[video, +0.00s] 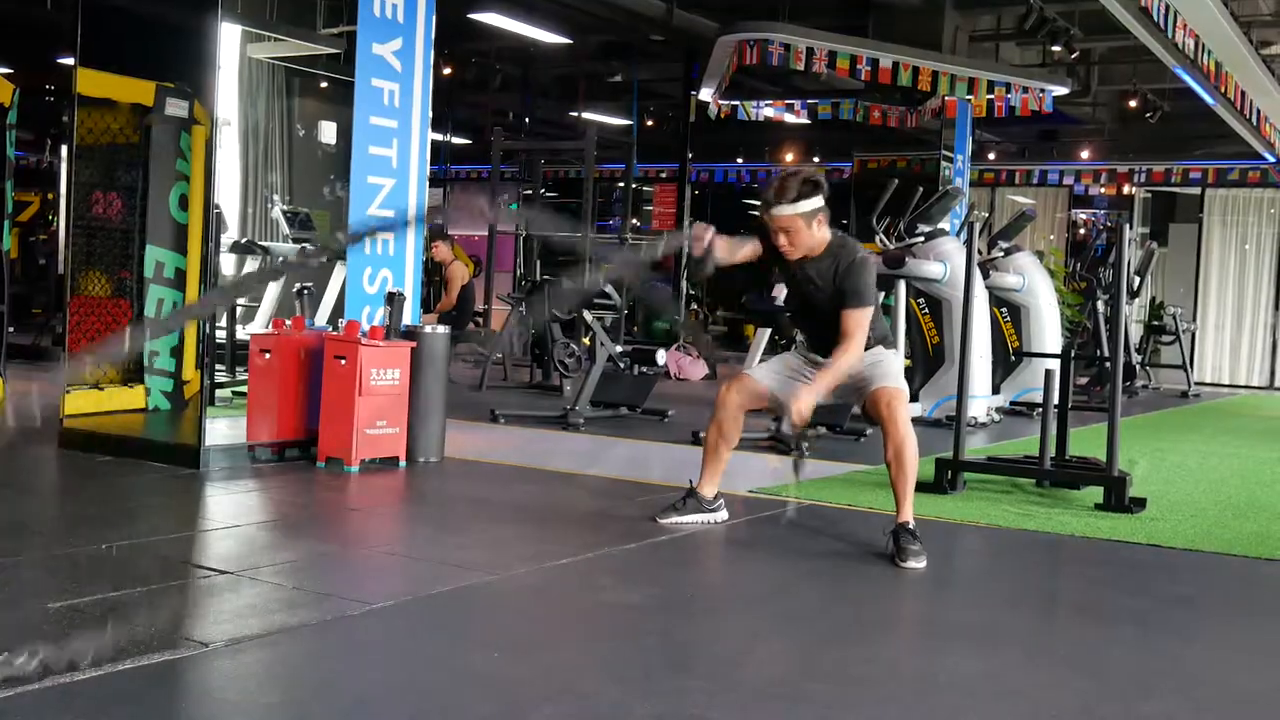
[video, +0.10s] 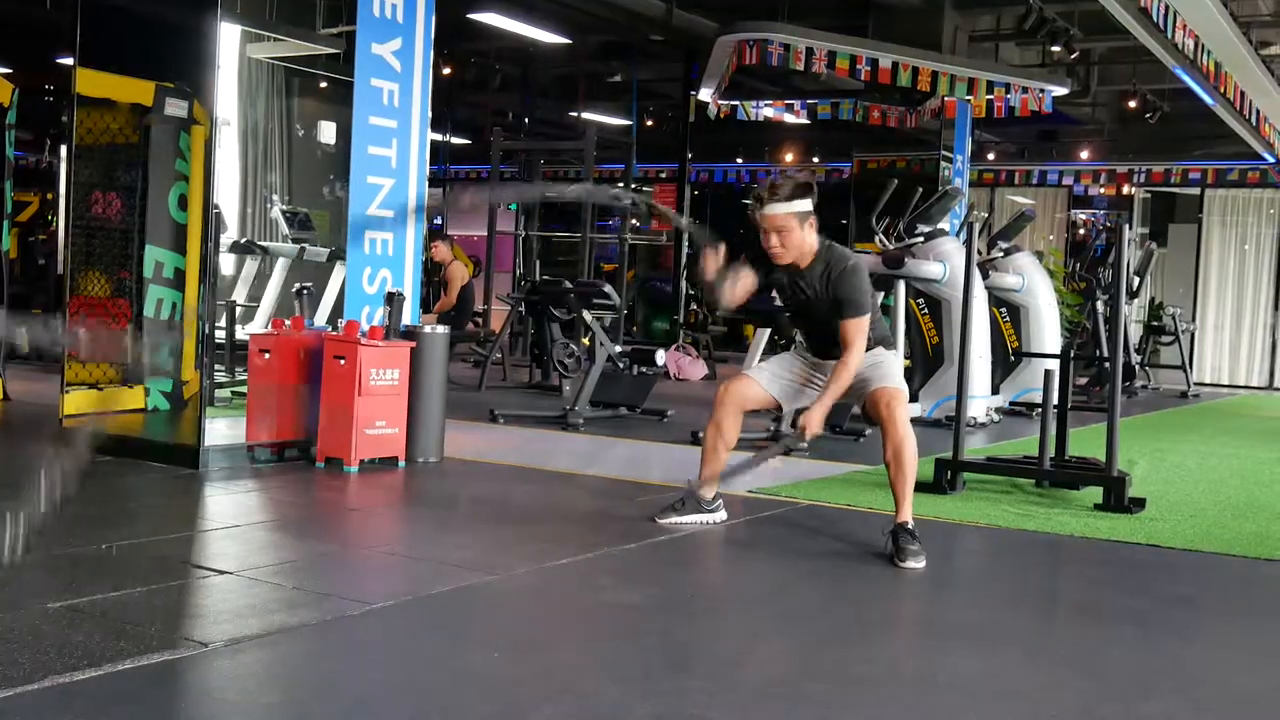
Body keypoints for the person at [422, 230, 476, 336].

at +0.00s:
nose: (432, 251)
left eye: (436, 247)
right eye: (432, 248)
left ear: (448, 247)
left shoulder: (455, 268)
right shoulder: (450, 267)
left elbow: (451, 301)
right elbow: (447, 297)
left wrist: (435, 313)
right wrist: (437, 312)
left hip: (457, 321)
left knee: (417, 319)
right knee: (417, 317)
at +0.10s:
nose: (432, 251)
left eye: (435, 247)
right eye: (431, 248)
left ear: (447, 247)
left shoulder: (455, 268)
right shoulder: (447, 268)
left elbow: (451, 300)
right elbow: (444, 297)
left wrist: (434, 313)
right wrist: (434, 314)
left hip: (456, 321)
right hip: (450, 317)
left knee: (416, 320)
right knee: (415, 318)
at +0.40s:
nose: (430, 251)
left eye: (434, 247)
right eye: (429, 248)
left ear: (446, 247)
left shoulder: (454, 266)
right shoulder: (447, 266)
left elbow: (449, 299)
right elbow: (442, 296)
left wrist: (433, 313)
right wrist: (432, 313)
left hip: (454, 321)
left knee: (413, 319)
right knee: (413, 317)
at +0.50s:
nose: (431, 251)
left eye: (435, 247)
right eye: (429, 248)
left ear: (446, 247)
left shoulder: (453, 267)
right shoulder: (447, 267)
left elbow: (448, 300)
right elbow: (442, 297)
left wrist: (433, 313)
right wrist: (432, 314)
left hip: (455, 321)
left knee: (414, 319)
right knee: (414, 317)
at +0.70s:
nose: (432, 251)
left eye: (436, 247)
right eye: (430, 248)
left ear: (447, 248)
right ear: (428, 251)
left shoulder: (453, 267)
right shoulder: (444, 269)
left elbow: (449, 300)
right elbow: (443, 297)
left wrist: (433, 313)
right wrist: (433, 314)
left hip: (456, 320)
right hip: (449, 317)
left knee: (416, 319)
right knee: (415, 317)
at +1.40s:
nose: (436, 252)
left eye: (439, 248)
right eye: (433, 249)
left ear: (450, 248)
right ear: (430, 252)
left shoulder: (457, 269)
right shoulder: (446, 271)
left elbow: (452, 301)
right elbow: (445, 298)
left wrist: (435, 314)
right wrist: (434, 315)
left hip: (459, 321)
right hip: (451, 317)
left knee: (420, 319)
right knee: (418, 318)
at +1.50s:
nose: (437, 253)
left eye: (440, 249)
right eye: (434, 250)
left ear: (450, 249)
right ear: (431, 253)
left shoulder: (457, 269)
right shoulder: (446, 271)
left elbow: (453, 301)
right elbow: (445, 299)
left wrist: (435, 314)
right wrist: (434, 315)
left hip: (459, 320)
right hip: (451, 316)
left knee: (421, 320)